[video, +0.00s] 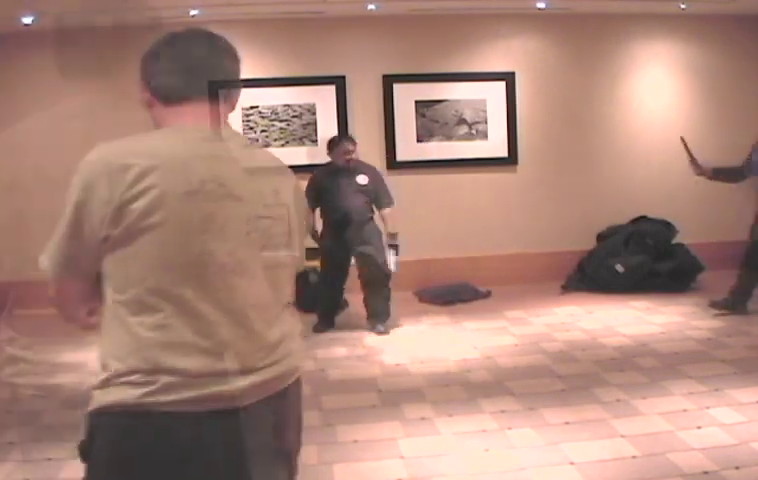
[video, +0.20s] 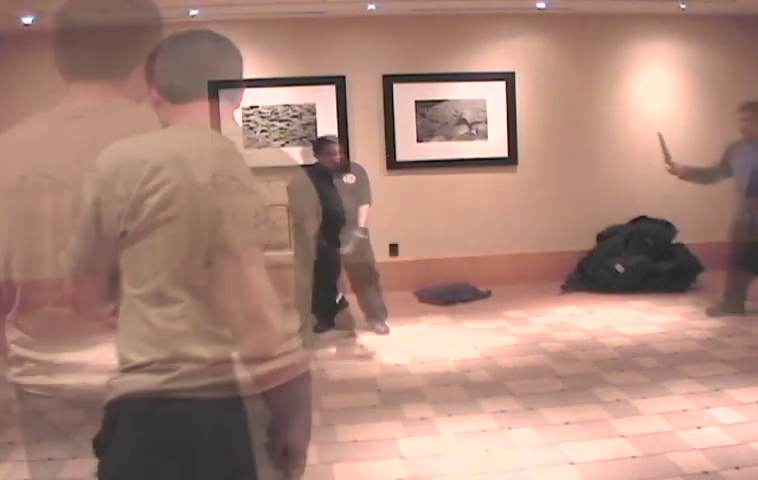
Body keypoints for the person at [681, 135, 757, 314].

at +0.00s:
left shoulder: (754, 151)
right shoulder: (754, 151)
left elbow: (742, 172)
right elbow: (742, 172)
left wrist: (706, 172)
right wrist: (704, 171)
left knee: (753, 253)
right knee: (752, 252)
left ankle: (739, 298)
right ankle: (738, 298)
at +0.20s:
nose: (744, 125)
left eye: (748, 119)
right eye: (741, 120)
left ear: (757, 121)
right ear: (739, 121)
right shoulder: (738, 149)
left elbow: (716, 173)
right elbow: (716, 173)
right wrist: (684, 172)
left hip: (752, 215)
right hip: (746, 215)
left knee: (744, 257)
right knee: (740, 257)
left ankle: (734, 301)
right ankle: (733, 301)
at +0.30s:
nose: (731, 125)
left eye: (736, 120)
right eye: (728, 121)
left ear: (751, 120)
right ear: (727, 122)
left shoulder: (752, 149)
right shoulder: (729, 150)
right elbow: (701, 174)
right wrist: (673, 172)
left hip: (753, 219)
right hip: (739, 219)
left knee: (743, 261)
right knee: (734, 260)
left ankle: (734, 302)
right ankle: (733, 302)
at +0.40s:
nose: (721, 126)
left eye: (726, 120)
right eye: (719, 121)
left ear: (743, 121)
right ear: (718, 122)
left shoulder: (755, 146)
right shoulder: (718, 151)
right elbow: (691, 174)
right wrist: (660, 171)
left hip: (755, 223)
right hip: (734, 224)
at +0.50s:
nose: (713, 127)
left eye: (717, 122)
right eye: (712, 122)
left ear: (734, 121)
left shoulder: (753, 143)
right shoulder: (713, 151)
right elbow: (683, 173)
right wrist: (653, 170)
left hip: (754, 224)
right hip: (732, 225)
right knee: (732, 299)